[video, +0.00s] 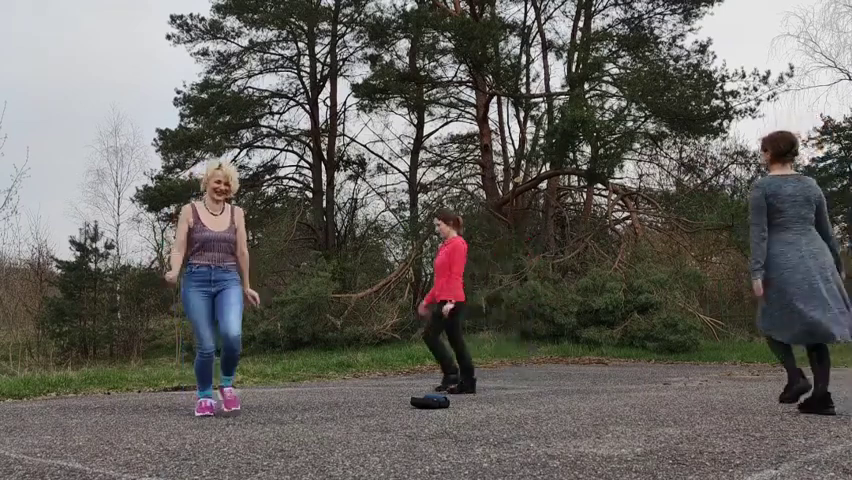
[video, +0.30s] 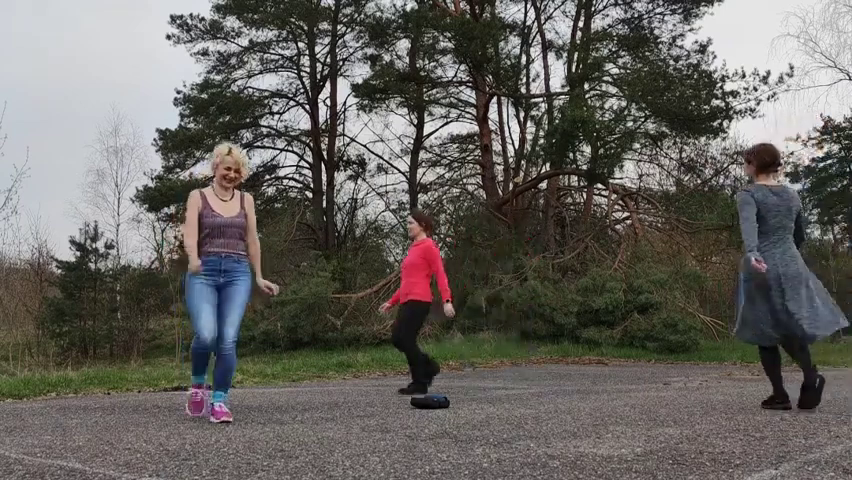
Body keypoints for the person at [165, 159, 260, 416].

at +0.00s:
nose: (221, 187)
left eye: (226, 183)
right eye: (217, 182)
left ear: (232, 186)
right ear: (206, 183)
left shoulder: (236, 213)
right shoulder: (190, 210)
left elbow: (242, 251)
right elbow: (179, 246)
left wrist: (246, 285)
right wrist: (174, 271)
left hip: (229, 280)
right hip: (196, 281)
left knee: (232, 335)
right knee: (207, 345)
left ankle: (227, 384)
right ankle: (205, 397)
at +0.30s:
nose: (229, 174)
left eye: (235, 170)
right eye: (225, 169)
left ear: (241, 173)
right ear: (215, 168)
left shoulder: (246, 200)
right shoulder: (198, 197)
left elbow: (252, 240)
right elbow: (190, 233)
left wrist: (259, 277)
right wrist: (194, 259)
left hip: (238, 271)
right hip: (203, 271)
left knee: (228, 339)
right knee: (206, 336)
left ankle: (220, 400)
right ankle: (198, 384)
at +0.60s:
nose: (239, 151)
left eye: (244, 147)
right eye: (233, 146)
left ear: (251, 153)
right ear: (222, 149)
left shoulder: (258, 185)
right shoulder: (205, 182)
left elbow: (271, 229)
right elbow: (184, 226)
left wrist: (282, 267)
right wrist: (164, 261)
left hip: (250, 263)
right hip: (212, 260)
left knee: (241, 342)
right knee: (228, 329)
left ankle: (222, 399)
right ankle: (219, 404)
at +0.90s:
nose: (263, 107)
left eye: (268, 105)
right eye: (257, 102)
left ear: (273, 115)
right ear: (242, 110)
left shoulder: (274, 152)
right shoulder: (224, 144)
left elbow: (264, 192)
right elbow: (187, 176)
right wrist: (157, 206)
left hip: (270, 226)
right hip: (232, 230)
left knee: (283, 285)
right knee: (244, 311)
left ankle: (244, 300)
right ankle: (237, 391)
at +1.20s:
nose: (289, 122)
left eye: (291, 119)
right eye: (282, 117)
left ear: (291, 130)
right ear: (263, 124)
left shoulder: (292, 167)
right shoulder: (241, 163)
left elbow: (305, 218)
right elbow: (228, 214)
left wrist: (328, 257)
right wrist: (225, 255)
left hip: (293, 253)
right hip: (254, 252)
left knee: (314, 321)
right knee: (270, 332)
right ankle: (257, 412)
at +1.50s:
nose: (307, 116)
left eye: (311, 113)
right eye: (301, 111)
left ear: (316, 123)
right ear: (286, 119)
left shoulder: (323, 159)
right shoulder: (277, 155)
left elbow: (363, 146)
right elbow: (286, 131)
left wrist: (364, 99)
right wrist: (295, 81)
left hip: (331, 239)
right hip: (293, 235)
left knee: (351, 325)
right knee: (305, 322)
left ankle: (360, 408)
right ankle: (272, 394)